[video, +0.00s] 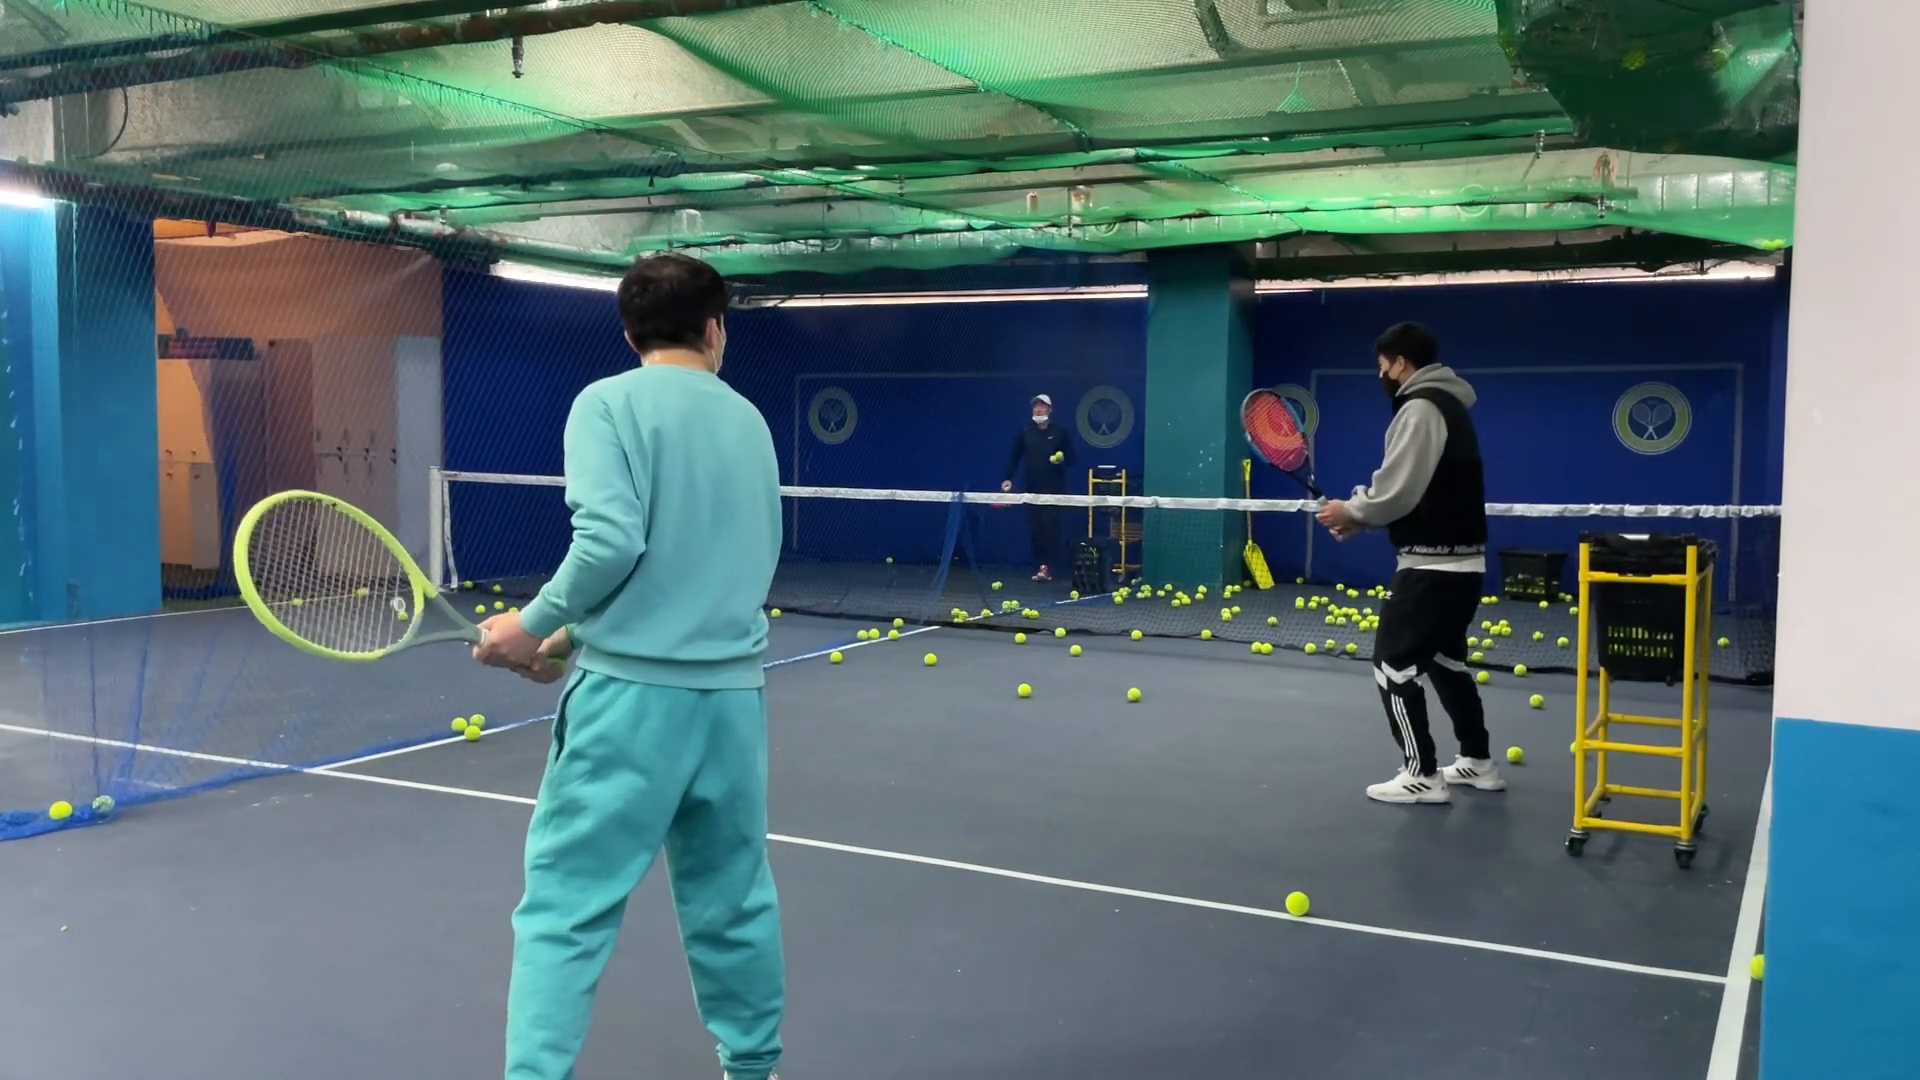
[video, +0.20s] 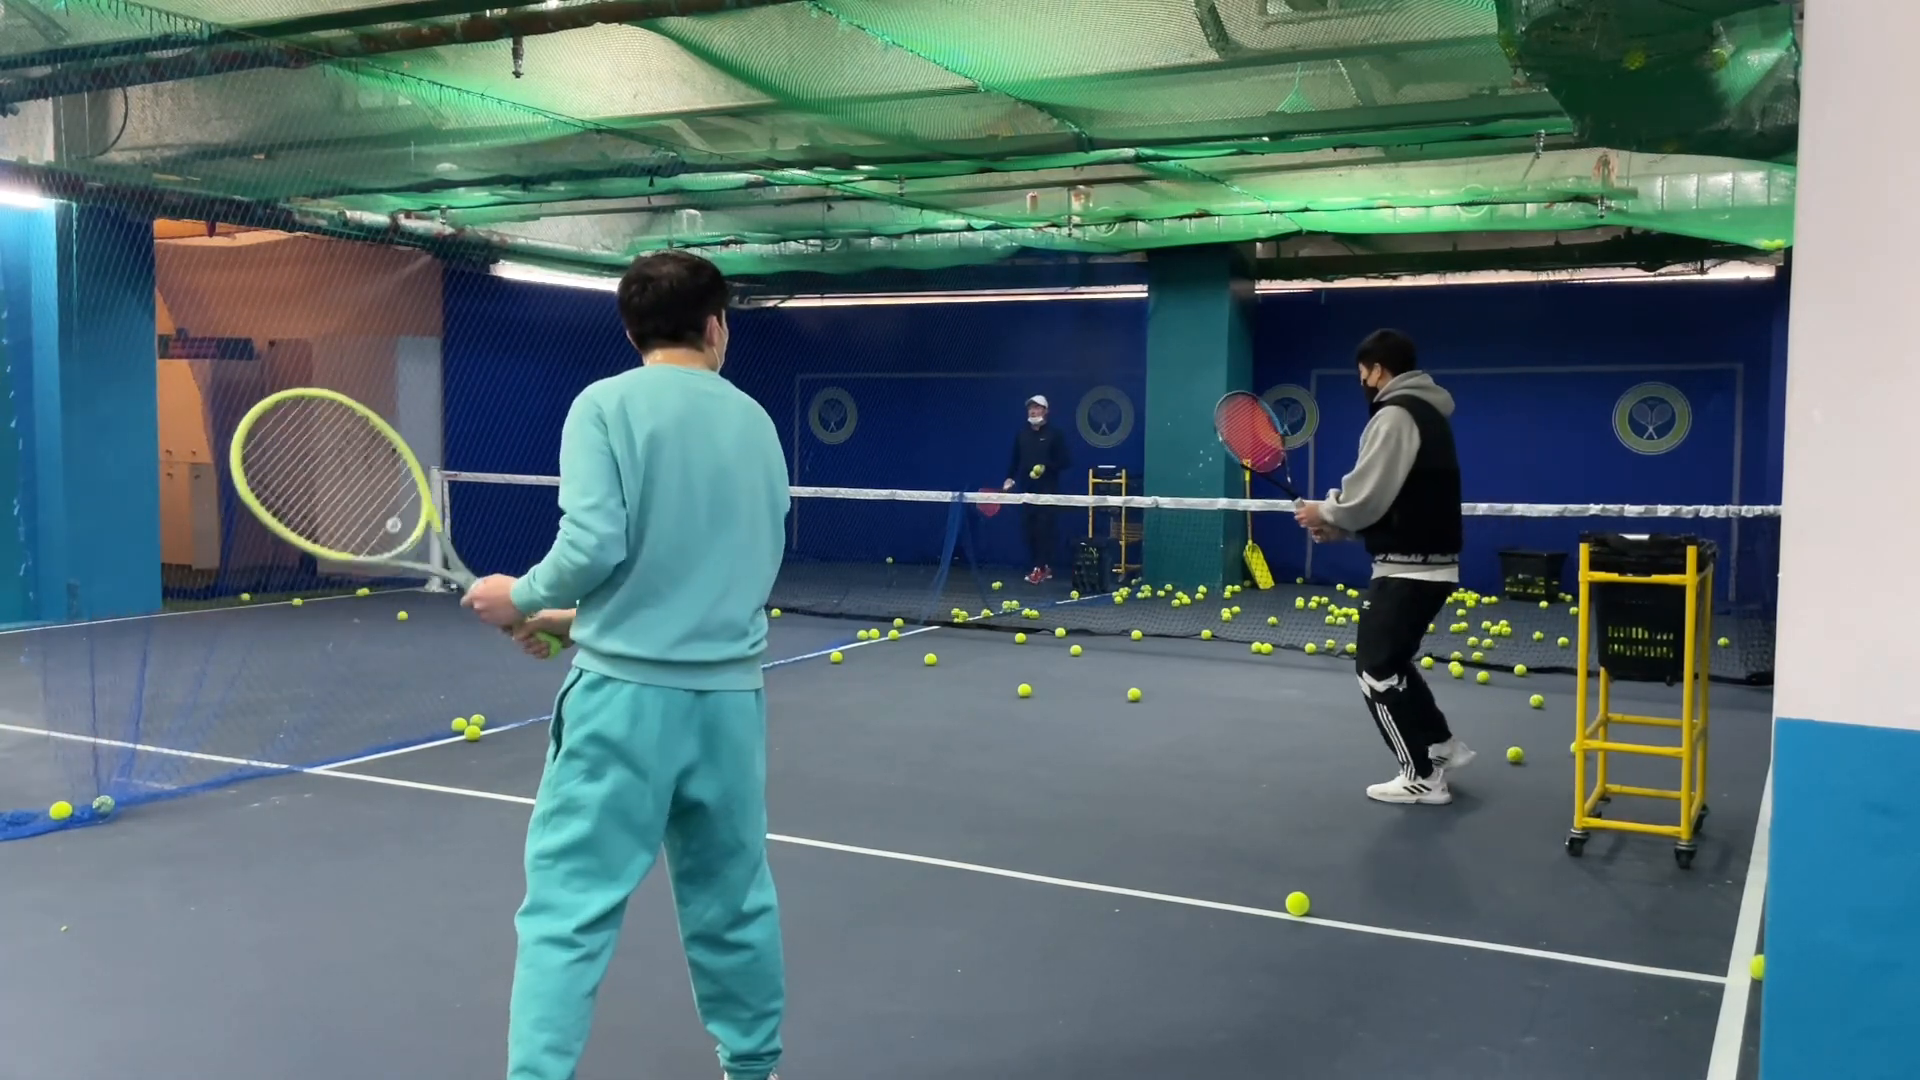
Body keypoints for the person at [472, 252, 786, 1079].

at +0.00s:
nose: (727, 337)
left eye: (722, 324)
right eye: (726, 325)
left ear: (635, 331)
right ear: (712, 330)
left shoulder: (607, 404)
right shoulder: (750, 423)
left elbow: (612, 540)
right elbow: (726, 565)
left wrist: (528, 623)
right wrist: (572, 635)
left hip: (627, 701)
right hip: (734, 703)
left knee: (566, 911)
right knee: (733, 896)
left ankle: (536, 1069)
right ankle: (754, 1064)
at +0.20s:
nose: (729, 333)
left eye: (725, 320)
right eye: (727, 320)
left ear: (635, 330)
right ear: (714, 326)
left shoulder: (604, 406)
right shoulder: (757, 422)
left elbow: (595, 544)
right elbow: (740, 575)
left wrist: (518, 594)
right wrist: (582, 621)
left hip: (621, 703)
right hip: (731, 706)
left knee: (567, 911)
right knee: (734, 899)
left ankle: (539, 1069)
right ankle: (754, 1064)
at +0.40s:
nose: (734, 328)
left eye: (730, 315)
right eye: (732, 315)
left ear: (639, 327)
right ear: (718, 323)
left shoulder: (597, 407)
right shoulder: (763, 424)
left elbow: (566, 556)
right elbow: (764, 560)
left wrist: (535, 570)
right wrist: (585, 587)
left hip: (616, 704)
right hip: (731, 707)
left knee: (569, 909)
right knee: (733, 898)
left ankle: (539, 1068)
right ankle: (751, 1064)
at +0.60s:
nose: (738, 327)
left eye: (735, 314)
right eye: (737, 314)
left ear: (642, 325)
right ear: (723, 322)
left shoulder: (592, 410)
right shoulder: (768, 426)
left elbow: (556, 554)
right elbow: (781, 555)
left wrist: (607, 506)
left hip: (614, 705)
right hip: (730, 707)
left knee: (571, 909)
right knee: (736, 902)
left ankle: (541, 1070)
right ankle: (751, 1065)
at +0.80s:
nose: (743, 326)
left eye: (739, 314)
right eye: (741, 314)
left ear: (646, 322)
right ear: (729, 321)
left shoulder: (592, 409)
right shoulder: (775, 428)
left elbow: (560, 550)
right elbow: (800, 570)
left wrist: (646, 569)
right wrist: (720, 590)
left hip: (608, 707)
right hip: (728, 711)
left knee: (569, 912)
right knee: (737, 907)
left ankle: (539, 1070)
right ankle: (754, 1064)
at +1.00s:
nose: (748, 328)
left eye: (744, 314)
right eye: (746, 314)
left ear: (650, 321)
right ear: (730, 321)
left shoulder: (590, 410)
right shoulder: (776, 431)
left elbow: (555, 549)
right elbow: (800, 573)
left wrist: (632, 586)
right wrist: (725, 611)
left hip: (603, 708)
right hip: (724, 713)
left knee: (566, 914)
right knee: (736, 909)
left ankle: (537, 1070)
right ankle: (753, 1064)